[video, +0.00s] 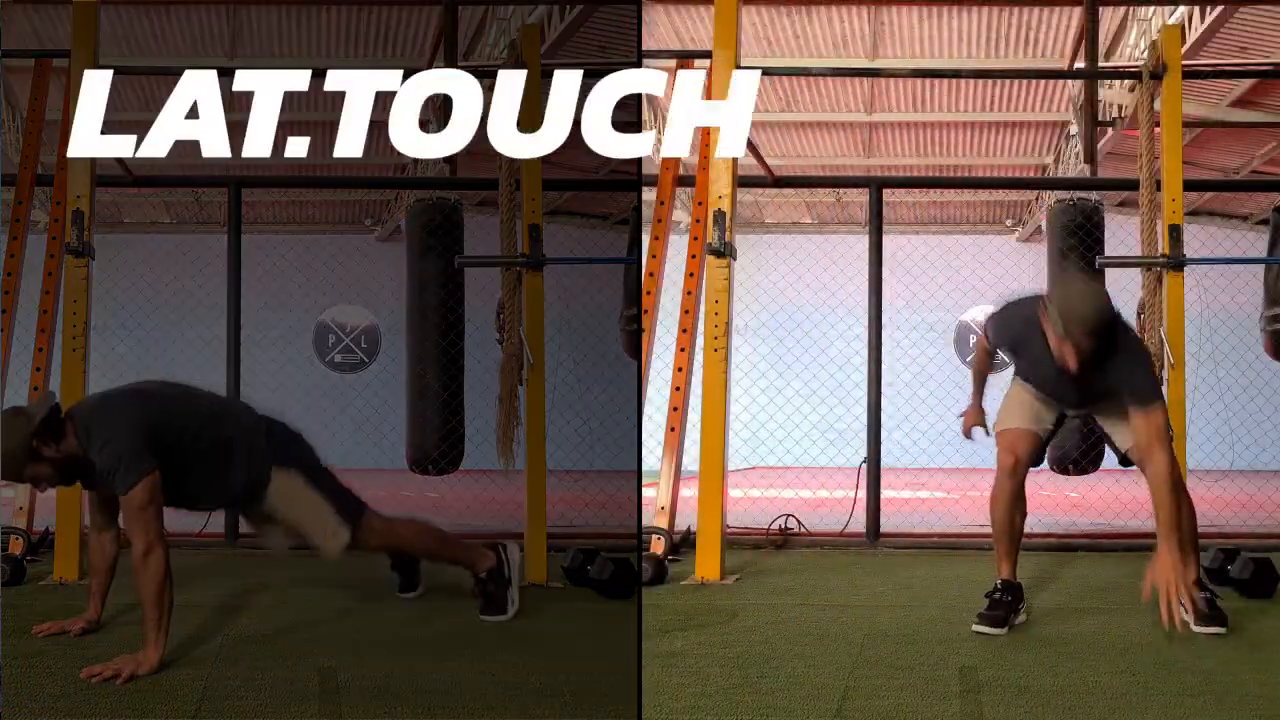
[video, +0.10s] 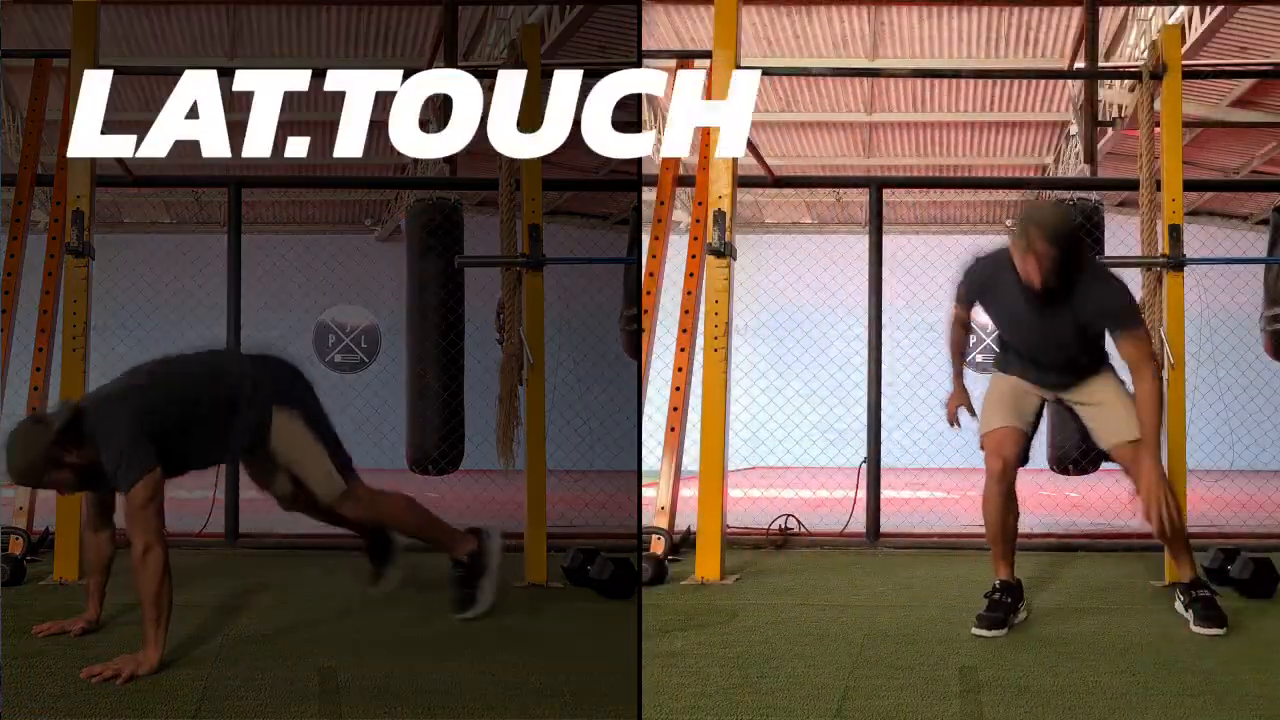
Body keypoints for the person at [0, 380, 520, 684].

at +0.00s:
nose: (40, 485)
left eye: (34, 477)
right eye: (31, 480)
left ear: (46, 448)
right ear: (46, 439)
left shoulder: (117, 432)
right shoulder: (85, 438)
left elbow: (148, 544)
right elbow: (103, 531)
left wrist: (152, 649)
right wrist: (92, 610)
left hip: (265, 456)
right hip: (238, 474)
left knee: (362, 529)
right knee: (323, 527)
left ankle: (484, 558)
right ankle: (401, 546)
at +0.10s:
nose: (57, 490)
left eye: (51, 482)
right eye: (48, 485)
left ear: (65, 456)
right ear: (61, 456)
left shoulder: (126, 436)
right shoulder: (86, 440)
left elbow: (149, 549)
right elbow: (97, 527)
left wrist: (151, 652)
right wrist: (92, 611)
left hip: (269, 393)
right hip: (237, 417)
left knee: (345, 497)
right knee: (292, 495)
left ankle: (467, 545)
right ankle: (375, 531)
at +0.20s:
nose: (101, 493)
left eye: (96, 483)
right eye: (93, 488)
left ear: (108, 460)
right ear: (102, 454)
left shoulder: (153, 433)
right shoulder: (112, 433)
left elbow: (160, 546)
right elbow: (110, 529)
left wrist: (150, 651)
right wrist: (93, 612)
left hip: (284, 344)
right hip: (244, 364)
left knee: (316, 474)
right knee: (251, 469)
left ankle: (418, 561)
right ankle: (320, 540)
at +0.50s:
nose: (118, 369)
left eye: (118, 357)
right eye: (113, 360)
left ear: (141, 342)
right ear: (137, 346)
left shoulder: (192, 354)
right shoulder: (149, 370)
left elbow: (189, 454)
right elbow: (131, 455)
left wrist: (147, 549)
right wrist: (100, 539)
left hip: (324, 370)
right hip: (270, 384)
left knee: (280, 467)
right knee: (211, 467)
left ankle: (330, 605)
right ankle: (242, 577)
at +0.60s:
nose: (124, 279)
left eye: (126, 267)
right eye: (118, 270)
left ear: (152, 252)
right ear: (140, 261)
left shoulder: (208, 282)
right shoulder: (166, 300)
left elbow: (236, 375)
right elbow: (165, 381)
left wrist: (197, 459)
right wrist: (142, 455)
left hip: (321, 355)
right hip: (272, 368)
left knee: (284, 462)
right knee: (217, 464)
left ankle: (331, 604)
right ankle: (242, 577)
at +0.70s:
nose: (137, 205)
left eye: (141, 192)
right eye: (131, 196)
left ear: (170, 179)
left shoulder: (228, 212)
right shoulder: (182, 230)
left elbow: (271, 299)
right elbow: (198, 313)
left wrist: (241, 382)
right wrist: (181, 383)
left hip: (303, 342)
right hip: (254, 346)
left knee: (287, 462)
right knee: (221, 460)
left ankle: (332, 603)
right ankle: (242, 576)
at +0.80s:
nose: (156, 165)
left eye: (158, 151)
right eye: (151, 155)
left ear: (186, 138)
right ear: (171, 148)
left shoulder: (254, 175)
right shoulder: (199, 195)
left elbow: (298, 257)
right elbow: (221, 272)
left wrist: (270, 337)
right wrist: (205, 342)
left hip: (287, 335)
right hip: (244, 339)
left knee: (290, 463)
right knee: (227, 458)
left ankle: (331, 601)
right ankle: (243, 576)